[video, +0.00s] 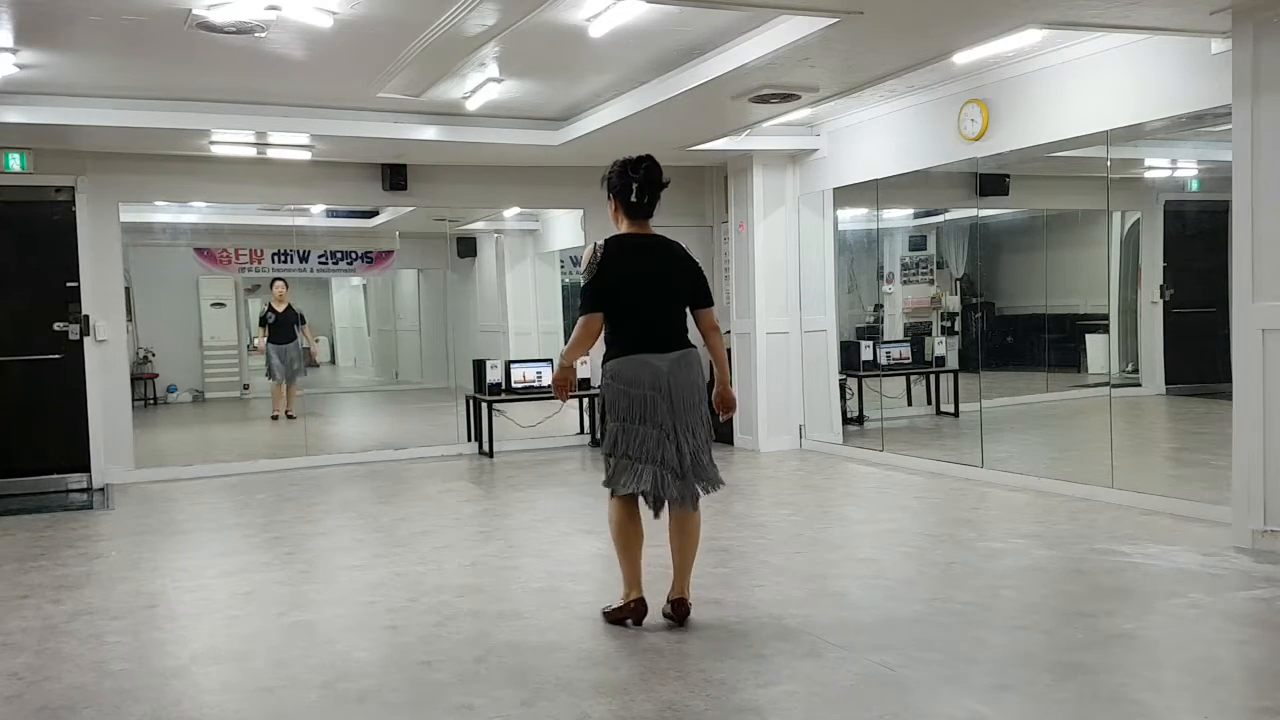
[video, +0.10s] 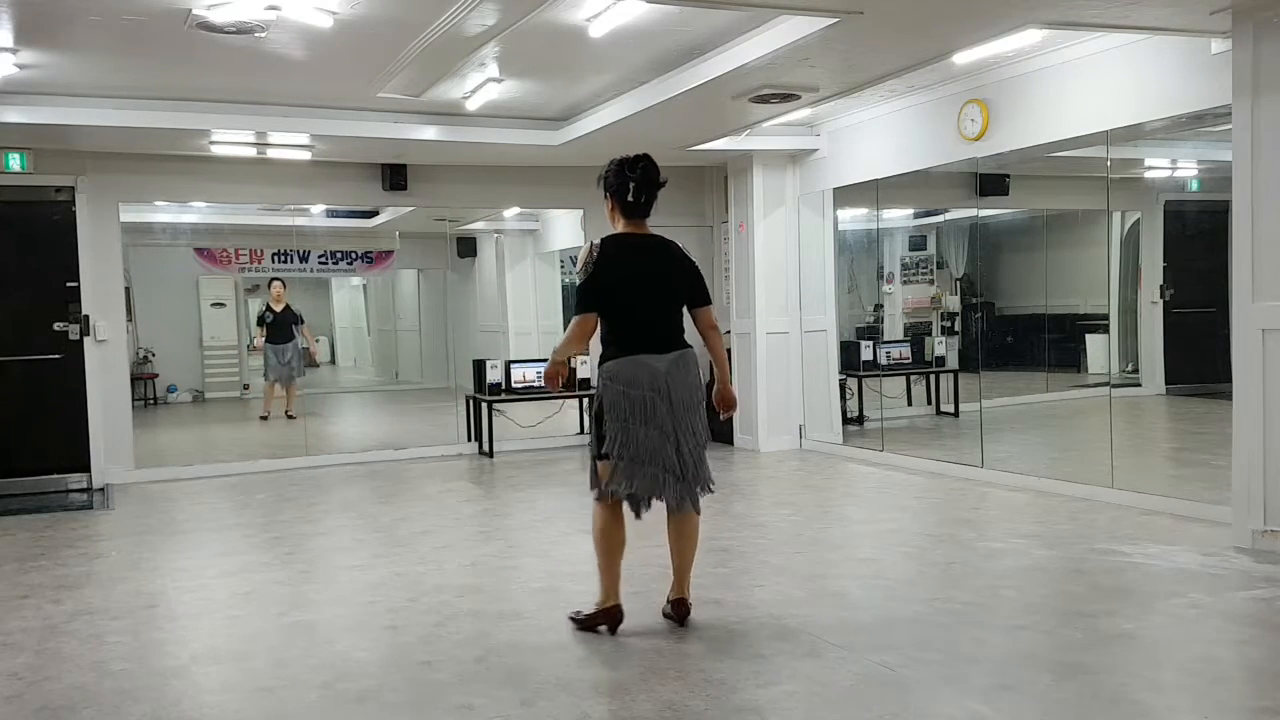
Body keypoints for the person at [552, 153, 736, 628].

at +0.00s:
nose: (608, 208)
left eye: (608, 202)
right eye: (612, 201)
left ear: (613, 204)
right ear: (656, 203)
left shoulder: (605, 255)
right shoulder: (678, 254)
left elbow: (591, 323)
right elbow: (709, 324)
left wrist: (566, 363)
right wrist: (724, 378)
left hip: (626, 373)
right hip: (683, 370)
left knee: (623, 483)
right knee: (684, 481)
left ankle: (633, 596)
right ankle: (680, 594)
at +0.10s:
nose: (605, 206)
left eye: (605, 200)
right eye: (609, 200)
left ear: (610, 203)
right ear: (654, 202)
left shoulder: (602, 255)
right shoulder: (675, 254)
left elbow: (586, 324)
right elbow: (708, 325)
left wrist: (559, 357)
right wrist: (724, 380)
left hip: (622, 375)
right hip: (680, 372)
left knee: (608, 488)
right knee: (683, 484)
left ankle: (609, 602)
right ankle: (680, 595)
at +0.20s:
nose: (599, 205)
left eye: (599, 199)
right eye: (602, 198)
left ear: (604, 201)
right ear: (647, 200)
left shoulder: (593, 255)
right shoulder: (669, 254)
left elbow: (578, 326)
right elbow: (703, 323)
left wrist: (545, 353)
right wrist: (722, 377)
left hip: (613, 378)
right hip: (672, 374)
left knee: (594, 493)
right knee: (677, 487)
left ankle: (584, 607)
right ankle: (680, 597)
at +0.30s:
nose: (586, 203)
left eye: (587, 197)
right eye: (588, 196)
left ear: (594, 200)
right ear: (638, 199)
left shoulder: (584, 255)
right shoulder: (658, 254)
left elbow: (565, 324)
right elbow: (695, 321)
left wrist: (528, 349)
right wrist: (716, 374)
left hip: (601, 378)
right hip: (658, 375)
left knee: (584, 492)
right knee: (669, 486)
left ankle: (575, 611)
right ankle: (679, 597)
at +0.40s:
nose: (575, 202)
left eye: (574, 195)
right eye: (577, 195)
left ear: (580, 198)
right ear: (625, 197)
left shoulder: (569, 251)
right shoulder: (644, 252)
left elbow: (548, 319)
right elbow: (682, 318)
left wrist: (510, 346)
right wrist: (706, 367)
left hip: (585, 377)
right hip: (642, 375)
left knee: (578, 493)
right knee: (657, 485)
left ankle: (575, 611)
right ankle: (677, 593)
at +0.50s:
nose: (563, 200)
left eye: (563, 194)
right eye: (567, 193)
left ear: (568, 197)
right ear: (612, 197)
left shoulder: (553, 251)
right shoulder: (631, 252)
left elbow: (531, 319)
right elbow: (669, 319)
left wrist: (494, 346)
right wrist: (695, 369)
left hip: (570, 378)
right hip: (628, 377)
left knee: (570, 496)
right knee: (644, 485)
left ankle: (574, 612)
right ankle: (671, 594)